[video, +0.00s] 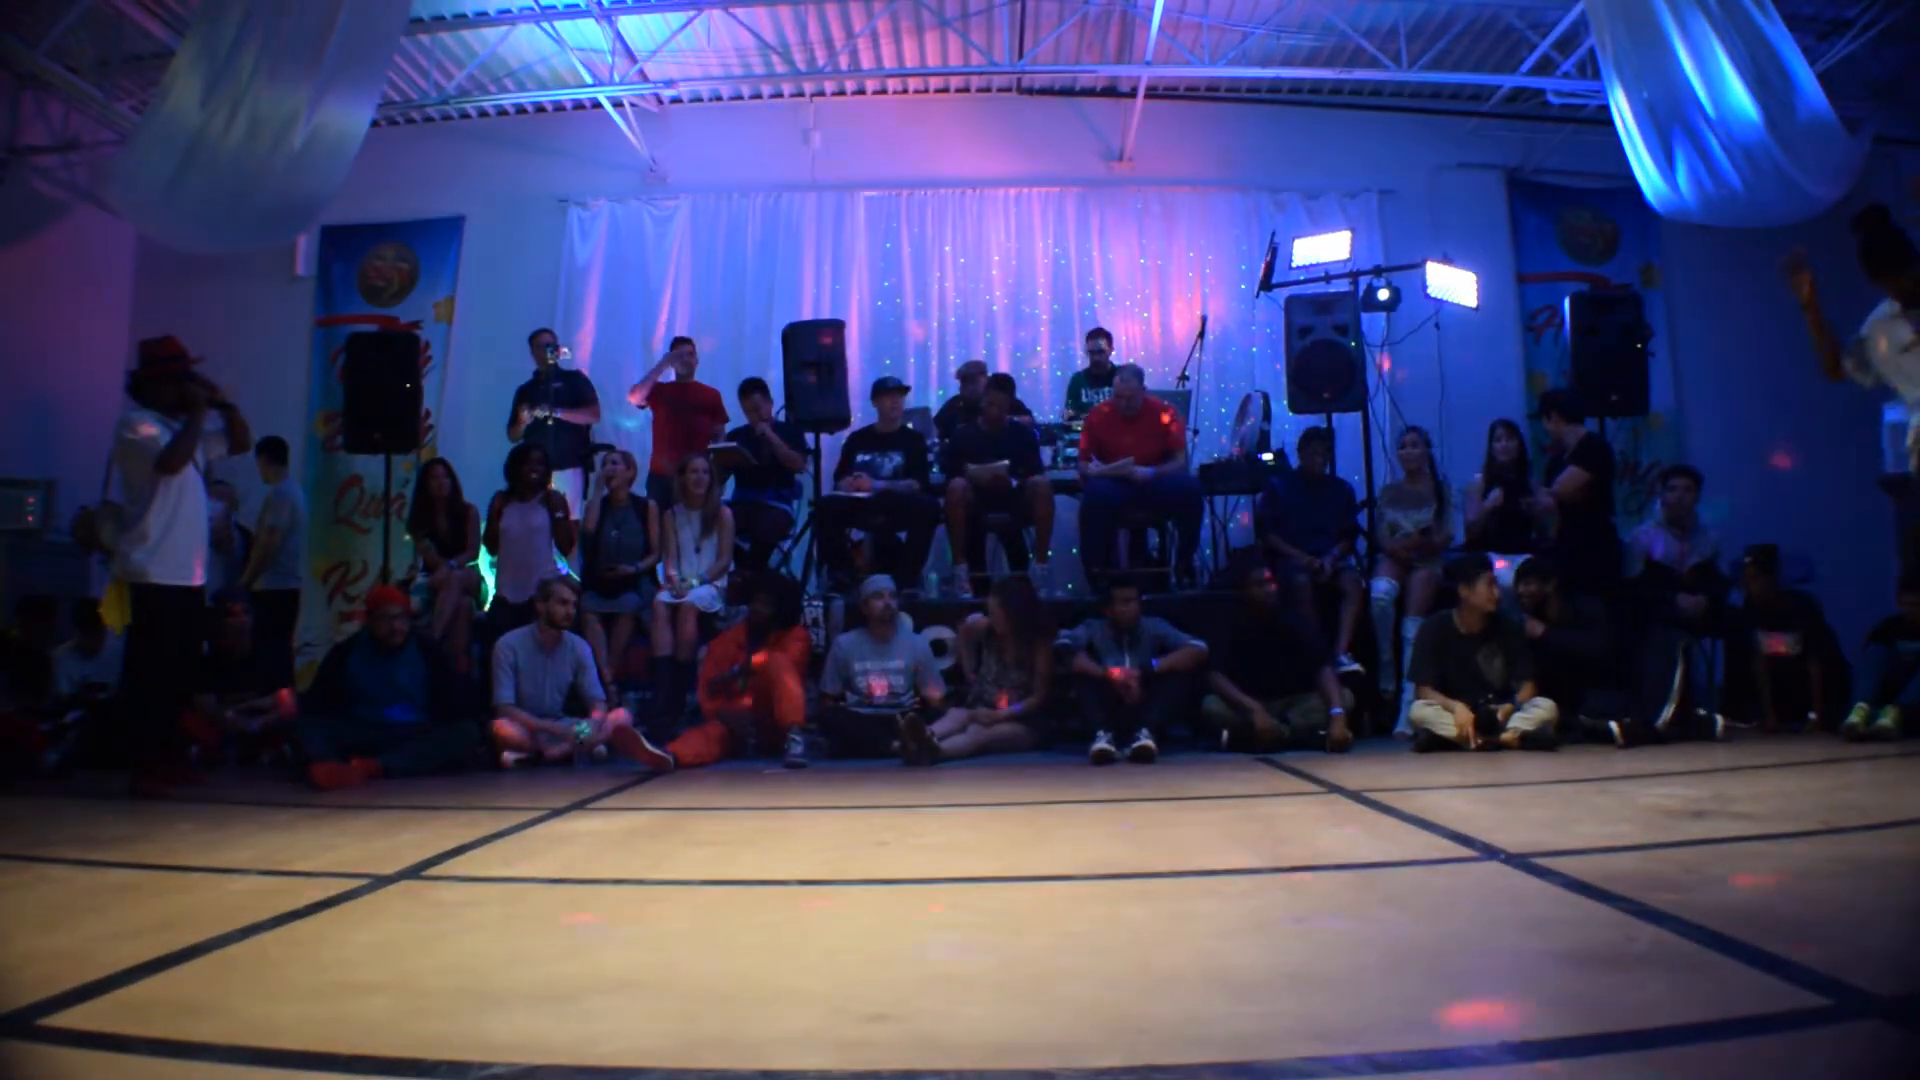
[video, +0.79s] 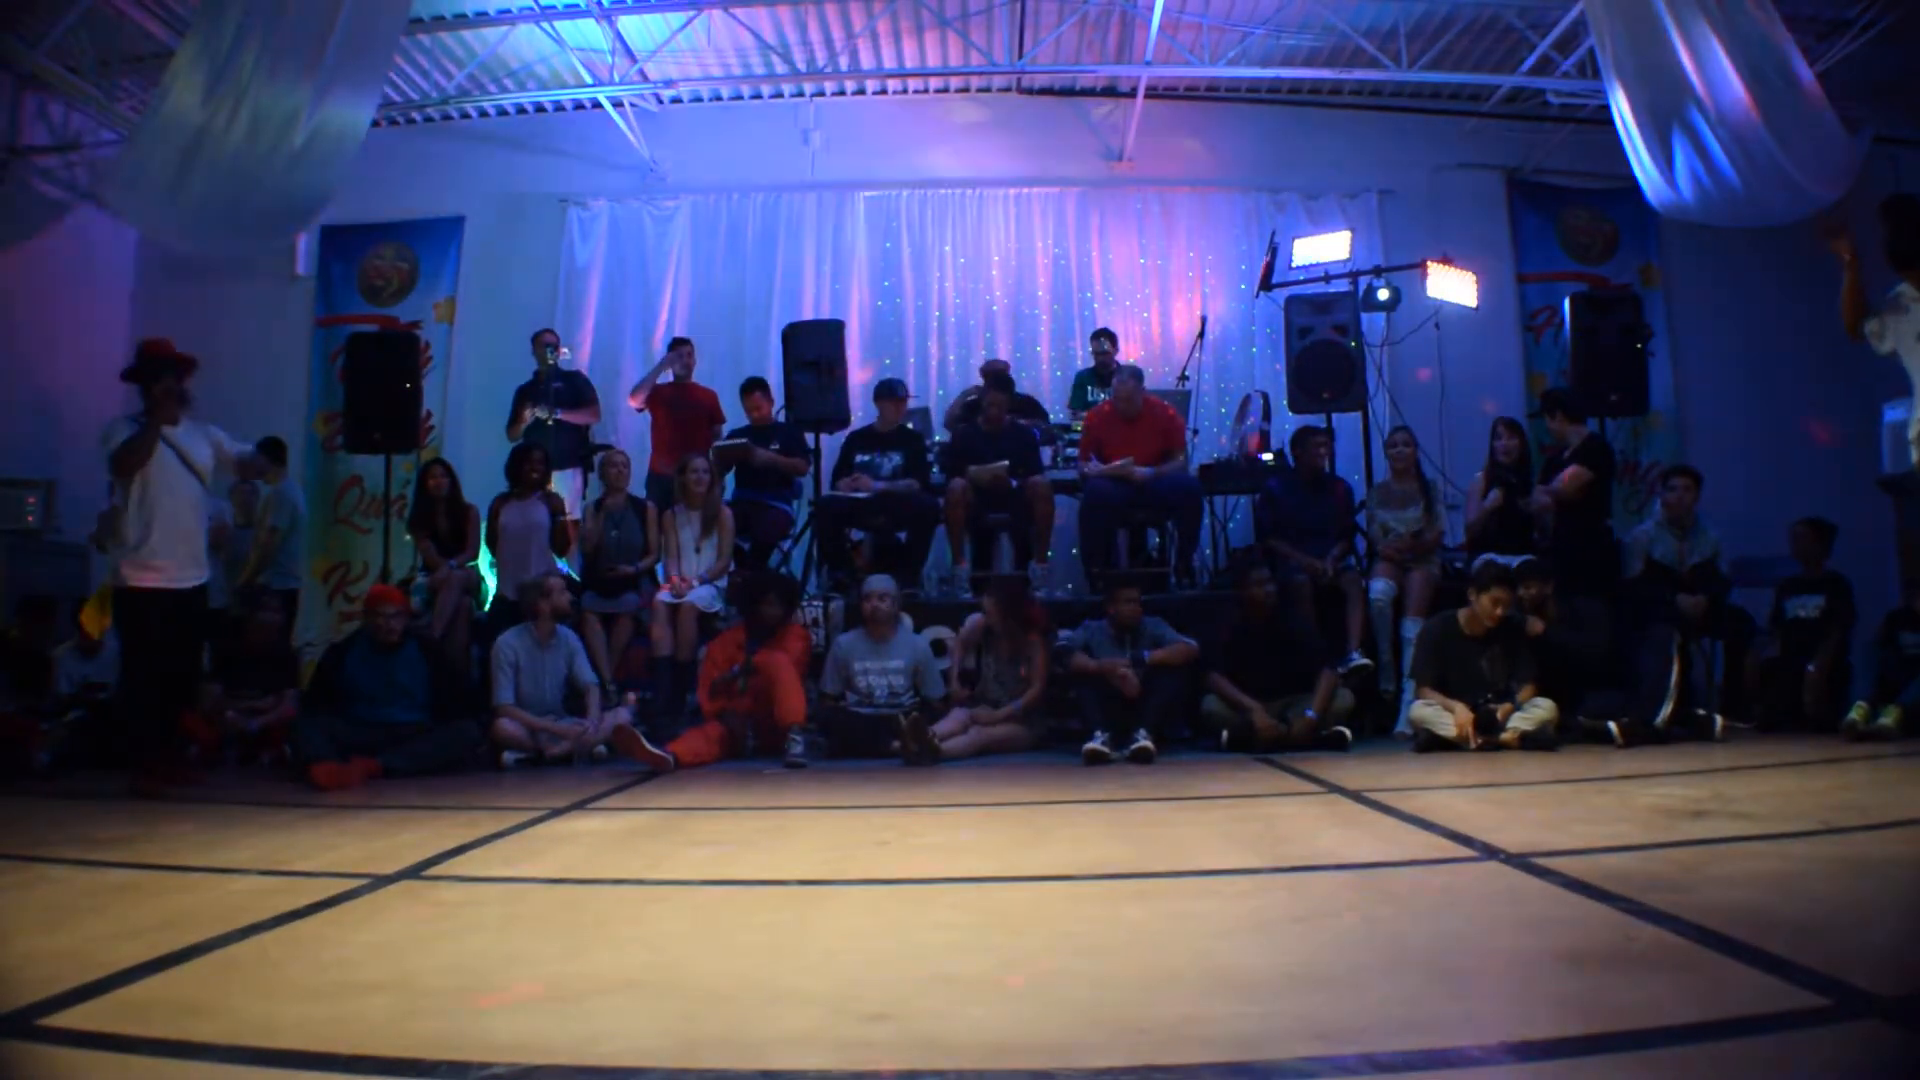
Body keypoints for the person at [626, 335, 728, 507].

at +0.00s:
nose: (685, 360)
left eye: (690, 355)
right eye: (679, 355)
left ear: (696, 360)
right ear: (671, 360)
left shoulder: (711, 395)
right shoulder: (659, 390)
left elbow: (719, 438)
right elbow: (635, 398)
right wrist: (664, 363)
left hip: (697, 480)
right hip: (662, 476)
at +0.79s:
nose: (685, 361)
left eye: (689, 356)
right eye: (679, 356)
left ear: (695, 360)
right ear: (669, 361)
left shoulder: (708, 396)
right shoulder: (658, 392)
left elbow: (717, 436)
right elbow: (635, 401)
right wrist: (663, 364)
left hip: (697, 480)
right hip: (662, 477)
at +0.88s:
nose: (686, 361)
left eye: (690, 356)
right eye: (680, 356)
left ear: (695, 360)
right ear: (670, 361)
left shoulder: (708, 396)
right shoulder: (658, 392)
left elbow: (717, 435)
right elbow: (633, 403)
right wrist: (661, 367)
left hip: (697, 479)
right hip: (663, 476)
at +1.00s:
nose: (686, 361)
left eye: (690, 356)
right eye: (680, 356)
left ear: (695, 360)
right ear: (669, 361)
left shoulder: (707, 397)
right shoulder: (657, 392)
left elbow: (716, 440)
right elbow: (628, 412)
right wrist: (653, 377)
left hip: (695, 478)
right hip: (661, 475)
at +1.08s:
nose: (686, 360)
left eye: (689, 355)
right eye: (679, 356)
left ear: (694, 359)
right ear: (669, 360)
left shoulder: (707, 396)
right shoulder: (657, 394)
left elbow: (716, 440)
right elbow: (624, 418)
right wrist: (646, 389)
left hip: (695, 478)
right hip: (661, 475)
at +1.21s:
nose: (684, 360)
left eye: (687, 355)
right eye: (678, 355)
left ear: (692, 359)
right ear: (667, 360)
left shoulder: (704, 396)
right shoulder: (652, 394)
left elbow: (714, 440)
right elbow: (625, 427)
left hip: (693, 476)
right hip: (659, 474)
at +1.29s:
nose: (683, 360)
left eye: (686, 355)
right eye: (676, 355)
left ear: (691, 359)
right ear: (665, 360)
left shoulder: (703, 396)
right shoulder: (650, 394)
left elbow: (713, 438)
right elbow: (629, 430)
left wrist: (715, 477)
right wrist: (644, 424)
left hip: (692, 477)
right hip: (658, 474)